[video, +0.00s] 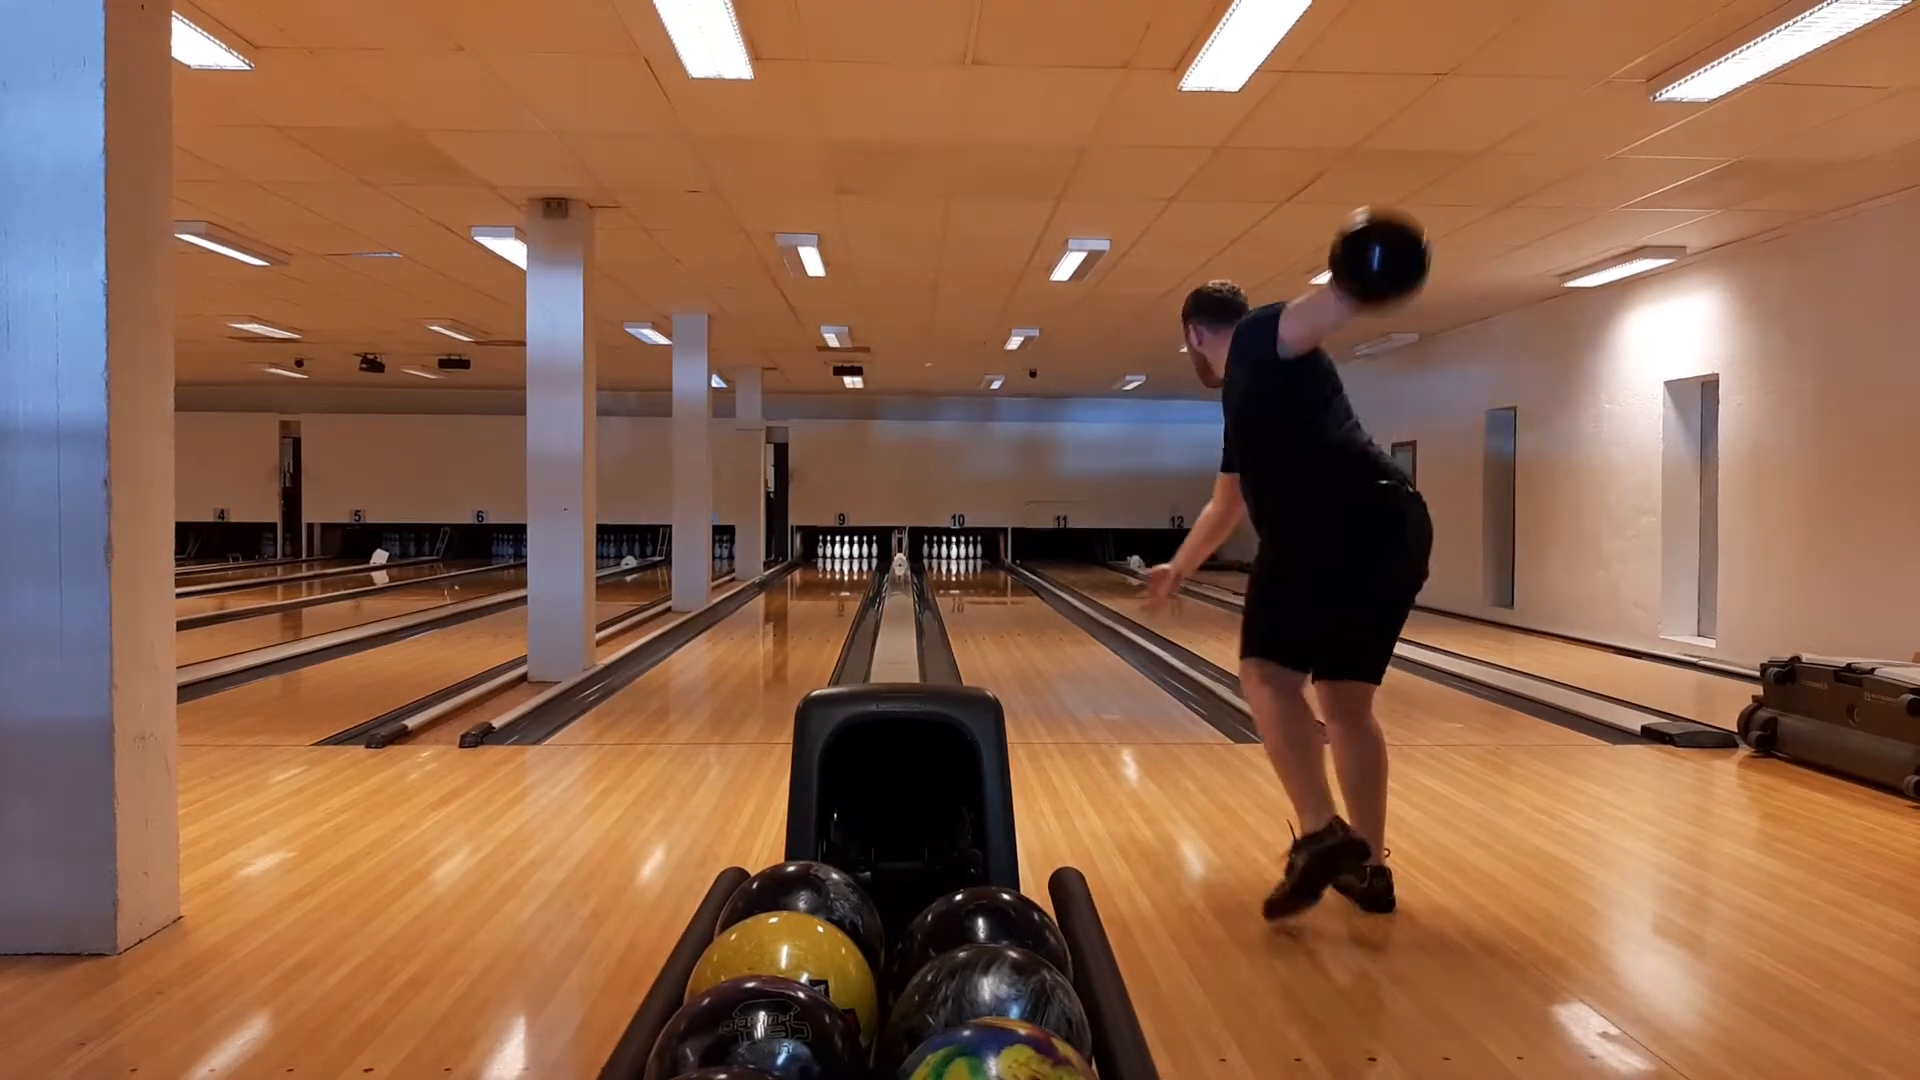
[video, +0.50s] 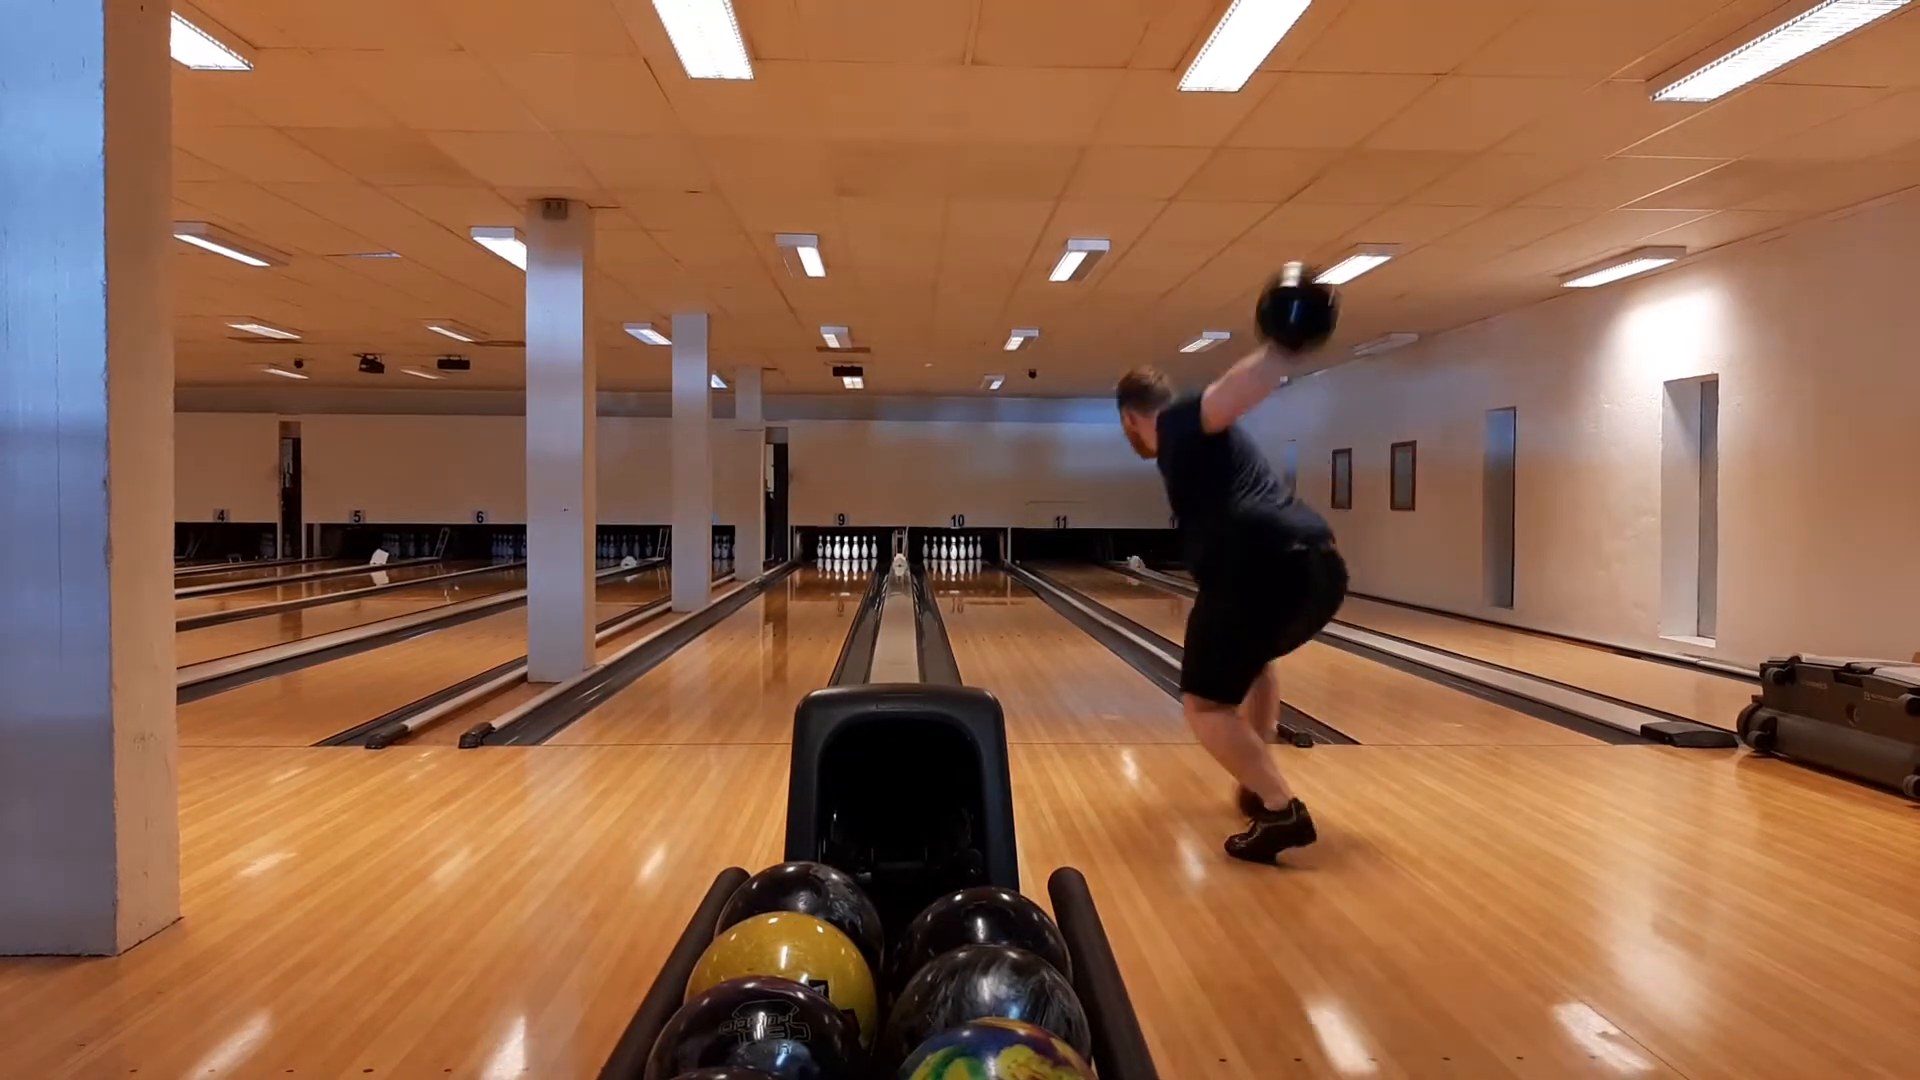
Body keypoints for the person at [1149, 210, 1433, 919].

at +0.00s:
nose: (1190, 359)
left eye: (1187, 345)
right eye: (1187, 348)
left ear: (1198, 335)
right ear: (1231, 327)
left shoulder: (1258, 335)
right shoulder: (1243, 412)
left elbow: (1321, 309)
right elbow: (1227, 504)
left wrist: (1362, 278)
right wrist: (1178, 567)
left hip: (1320, 524)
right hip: (1387, 522)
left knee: (1266, 676)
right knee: (1345, 697)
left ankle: (1319, 831)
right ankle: (1370, 863)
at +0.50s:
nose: (1132, 438)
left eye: (1128, 428)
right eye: (1130, 429)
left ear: (1135, 419)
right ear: (1165, 401)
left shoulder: (1177, 425)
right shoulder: (1213, 435)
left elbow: (1228, 393)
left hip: (1258, 577)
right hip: (1318, 570)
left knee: (1205, 708)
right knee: (1256, 661)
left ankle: (1283, 811)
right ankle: (1254, 782)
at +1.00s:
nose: (1082, 506)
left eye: (1079, 498)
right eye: (1086, 496)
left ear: (1085, 491)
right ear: (1117, 468)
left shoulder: (1094, 525)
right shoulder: (1159, 466)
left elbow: (1078, 578)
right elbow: (1209, 444)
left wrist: (1099, 534)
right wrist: (1251, 412)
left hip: (1215, 571)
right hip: (1257, 544)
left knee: (1301, 664)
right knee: (1185, 636)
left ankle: (1432, 632)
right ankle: (1186, 746)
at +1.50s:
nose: (1075, 447)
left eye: (1073, 440)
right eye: (1077, 440)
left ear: (1077, 436)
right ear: (1113, 425)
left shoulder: (1094, 456)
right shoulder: (1154, 437)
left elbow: (1120, 484)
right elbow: (1220, 464)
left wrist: (1146, 512)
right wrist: (1273, 488)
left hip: (1214, 525)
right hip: (1226, 518)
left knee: (1260, 642)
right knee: (1181, 633)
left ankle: (1382, 663)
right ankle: (1195, 742)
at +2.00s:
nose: (1099, 389)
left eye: (1097, 383)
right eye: (1102, 383)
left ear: (1101, 383)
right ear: (1141, 374)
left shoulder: (1114, 432)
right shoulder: (1181, 401)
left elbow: (1124, 517)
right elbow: (1233, 448)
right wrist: (1272, 492)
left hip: (1216, 520)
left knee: (1256, 636)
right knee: (1192, 628)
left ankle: (1371, 666)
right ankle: (1202, 740)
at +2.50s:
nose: (1116, 367)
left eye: (1117, 361)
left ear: (1122, 362)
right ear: (1164, 357)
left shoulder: (1122, 407)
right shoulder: (1203, 388)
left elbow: (1076, 424)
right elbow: (1248, 440)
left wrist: (1096, 370)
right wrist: (1281, 485)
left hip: (1213, 525)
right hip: (1235, 514)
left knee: (1252, 636)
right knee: (1192, 625)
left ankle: (1367, 673)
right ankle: (1202, 741)